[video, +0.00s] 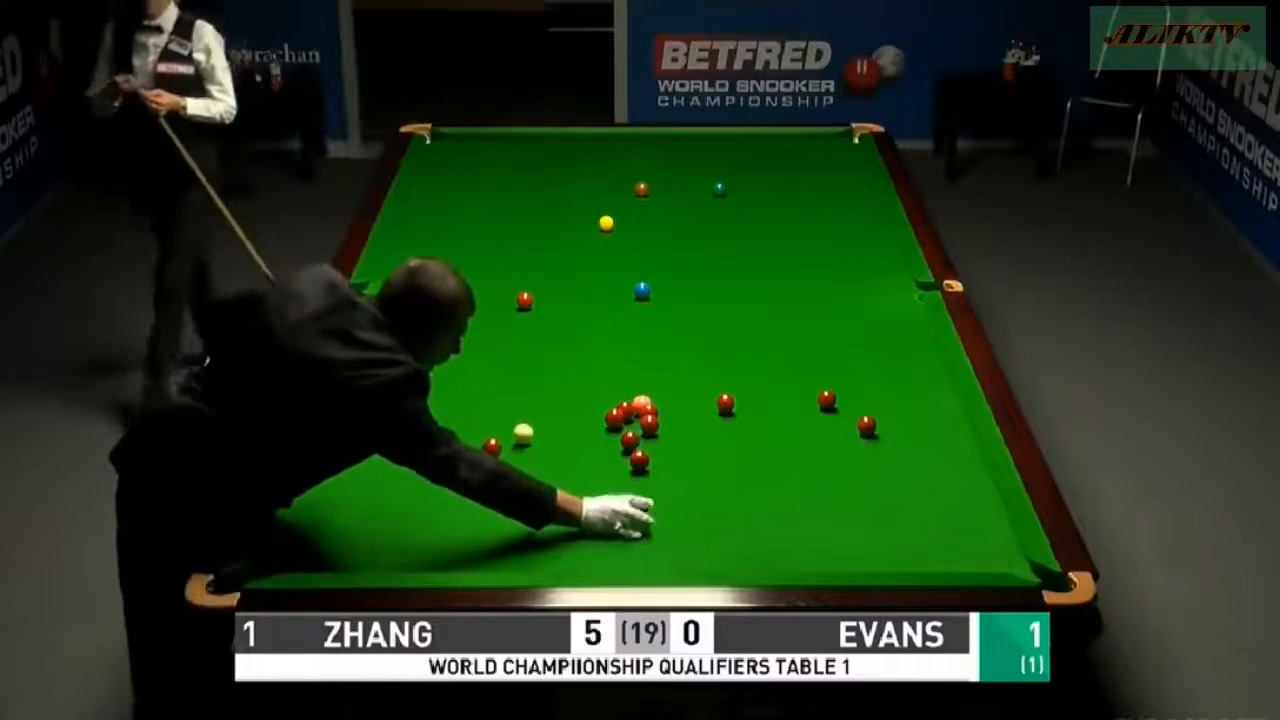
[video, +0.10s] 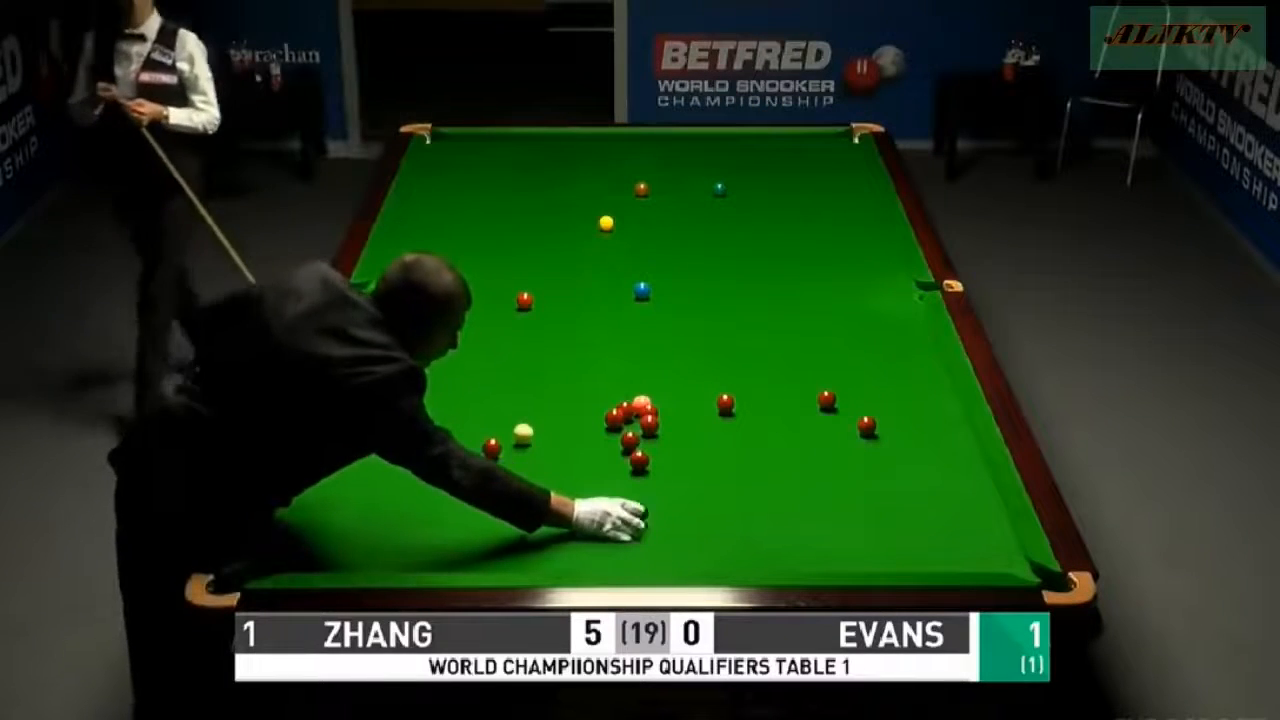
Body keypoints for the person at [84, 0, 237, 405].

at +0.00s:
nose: (149, 7)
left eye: (157, 3)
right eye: (145, 3)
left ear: (170, 1)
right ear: (137, 3)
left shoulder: (201, 35)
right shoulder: (118, 34)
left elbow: (226, 107)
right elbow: (94, 103)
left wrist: (179, 103)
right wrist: (113, 92)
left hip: (192, 164)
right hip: (142, 162)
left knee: (172, 273)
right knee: (192, 265)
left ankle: (159, 384)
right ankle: (220, 351)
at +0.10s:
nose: (132, 8)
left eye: (137, 3)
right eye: (128, 4)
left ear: (151, 4)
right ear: (120, 6)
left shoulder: (184, 44)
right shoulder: (99, 44)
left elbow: (209, 117)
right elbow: (78, 113)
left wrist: (162, 112)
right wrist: (97, 102)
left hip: (173, 172)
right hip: (122, 171)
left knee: (157, 282)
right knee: (167, 271)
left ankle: (150, 400)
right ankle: (213, 349)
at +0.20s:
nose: (121, 7)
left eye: (126, 2)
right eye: (117, 4)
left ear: (138, 4)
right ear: (109, 5)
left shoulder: (173, 47)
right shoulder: (87, 45)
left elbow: (198, 120)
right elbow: (64, 116)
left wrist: (150, 115)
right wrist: (84, 104)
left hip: (160, 186)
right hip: (105, 183)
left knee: (153, 295)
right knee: (132, 290)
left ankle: (147, 409)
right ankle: (186, 333)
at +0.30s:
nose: (100, 7)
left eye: (107, 2)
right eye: (96, 3)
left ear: (123, 4)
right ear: (88, 6)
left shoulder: (157, 49)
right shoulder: (69, 48)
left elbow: (182, 125)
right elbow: (45, 121)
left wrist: (132, 116)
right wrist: (66, 104)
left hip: (145, 193)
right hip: (89, 191)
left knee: (144, 302)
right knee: (96, 297)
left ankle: (145, 418)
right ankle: (147, 363)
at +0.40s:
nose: (86, 7)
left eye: (92, 1)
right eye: (81, 2)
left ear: (110, 2)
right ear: (73, 7)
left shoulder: (147, 52)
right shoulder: (58, 52)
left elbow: (172, 128)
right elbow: (41, 129)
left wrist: (121, 117)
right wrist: (54, 105)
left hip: (139, 200)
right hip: (80, 196)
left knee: (140, 309)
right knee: (80, 306)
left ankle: (145, 415)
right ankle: (112, 400)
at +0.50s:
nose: (72, 13)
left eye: (78, 4)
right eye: (66, 6)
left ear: (94, 6)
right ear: (57, 10)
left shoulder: (134, 59)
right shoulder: (43, 63)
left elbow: (156, 136)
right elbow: (22, 140)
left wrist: (104, 121)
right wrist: (37, 110)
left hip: (127, 211)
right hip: (65, 211)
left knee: (136, 328)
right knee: (69, 330)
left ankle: (147, 438)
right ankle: (62, 447)